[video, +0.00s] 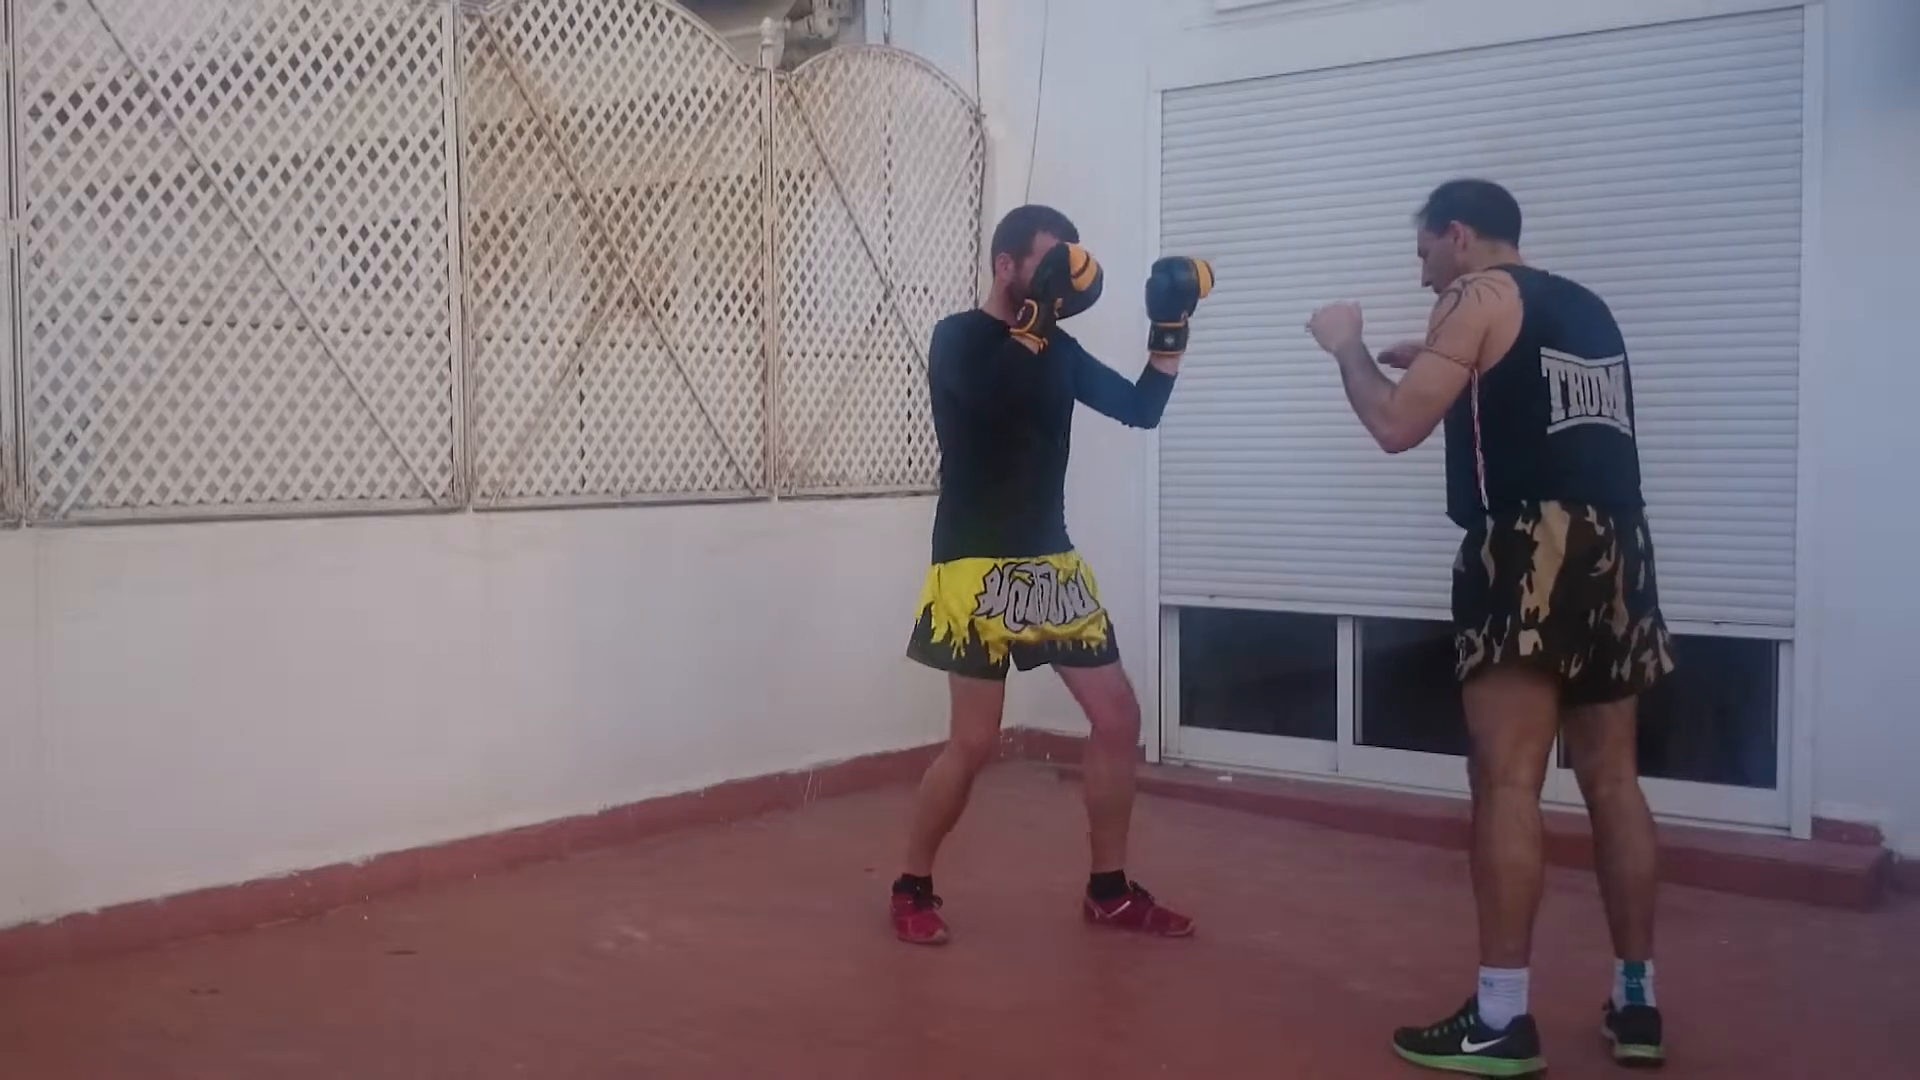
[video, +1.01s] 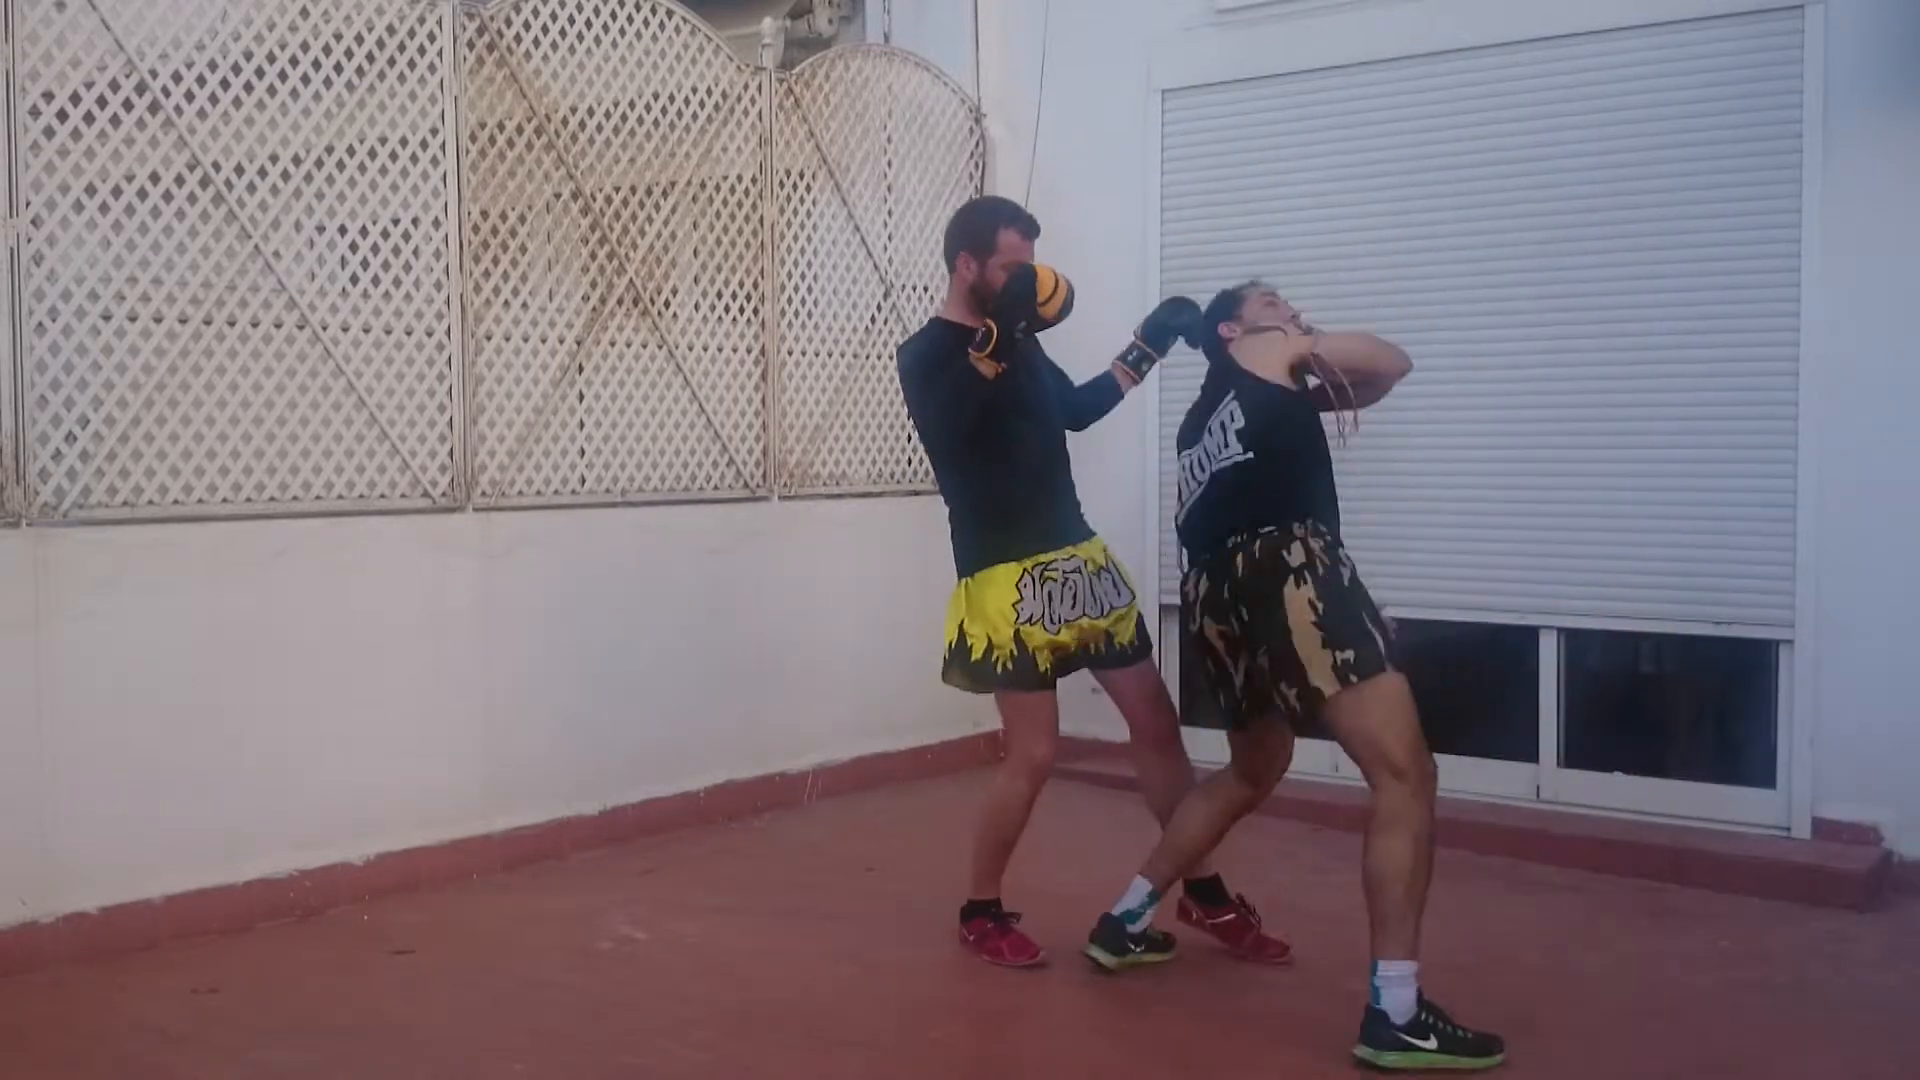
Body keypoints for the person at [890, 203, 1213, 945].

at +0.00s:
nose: (1056, 280)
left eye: (1061, 270)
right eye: (1047, 265)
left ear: (1056, 278)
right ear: (1003, 263)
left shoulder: (1058, 348)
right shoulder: (957, 337)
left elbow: (1142, 408)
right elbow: (982, 400)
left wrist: (1170, 336)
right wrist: (1039, 321)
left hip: (1051, 555)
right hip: (974, 559)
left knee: (1117, 715)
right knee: (975, 742)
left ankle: (1109, 888)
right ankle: (913, 885)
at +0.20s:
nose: (1059, 267)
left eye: (1066, 256)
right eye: (1050, 253)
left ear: (1064, 257)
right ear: (1005, 244)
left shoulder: (1039, 324)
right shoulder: (962, 311)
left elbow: (1114, 389)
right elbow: (1000, 381)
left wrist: (1154, 322)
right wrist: (1054, 314)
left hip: (1010, 531)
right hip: (950, 532)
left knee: (1045, 696)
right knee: (985, 706)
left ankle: (1026, 861)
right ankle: (920, 863)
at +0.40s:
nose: (1043, 304)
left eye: (1050, 292)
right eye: (1032, 290)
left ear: (1049, 290)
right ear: (987, 283)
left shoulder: (1033, 354)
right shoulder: (947, 361)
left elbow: (1113, 403)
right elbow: (949, 471)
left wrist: (1156, 344)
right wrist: (1022, 370)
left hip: (991, 567)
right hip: (941, 569)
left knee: (970, 727)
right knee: (1010, 724)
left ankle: (891, 845)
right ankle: (982, 908)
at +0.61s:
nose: (1018, 292)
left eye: (1023, 279)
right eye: (1006, 277)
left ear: (1017, 276)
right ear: (961, 269)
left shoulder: (1008, 348)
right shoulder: (917, 358)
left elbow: (1066, 392)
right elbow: (934, 465)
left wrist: (1155, 350)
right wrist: (1000, 380)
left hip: (1028, 555)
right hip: (961, 573)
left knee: (1116, 695)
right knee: (1029, 735)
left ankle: (1033, 809)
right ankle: (981, 908)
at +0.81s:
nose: (1012, 279)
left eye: (1018, 267)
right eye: (1002, 264)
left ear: (1011, 265)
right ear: (955, 254)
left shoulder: (997, 339)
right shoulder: (916, 346)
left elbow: (1040, 398)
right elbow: (947, 436)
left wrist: (1118, 371)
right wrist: (1007, 344)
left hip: (1056, 546)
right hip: (984, 565)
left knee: (1141, 696)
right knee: (1015, 740)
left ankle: (1254, 835)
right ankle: (976, 909)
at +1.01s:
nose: (1026, 282)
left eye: (1030, 269)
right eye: (1015, 269)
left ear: (1018, 268)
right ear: (966, 265)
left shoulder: (1014, 338)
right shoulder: (927, 352)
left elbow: (1075, 410)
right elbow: (949, 432)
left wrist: (1146, 347)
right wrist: (1003, 343)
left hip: (1079, 554)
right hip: (1004, 572)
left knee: (1154, 717)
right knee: (1031, 753)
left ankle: (1203, 890)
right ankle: (982, 911)